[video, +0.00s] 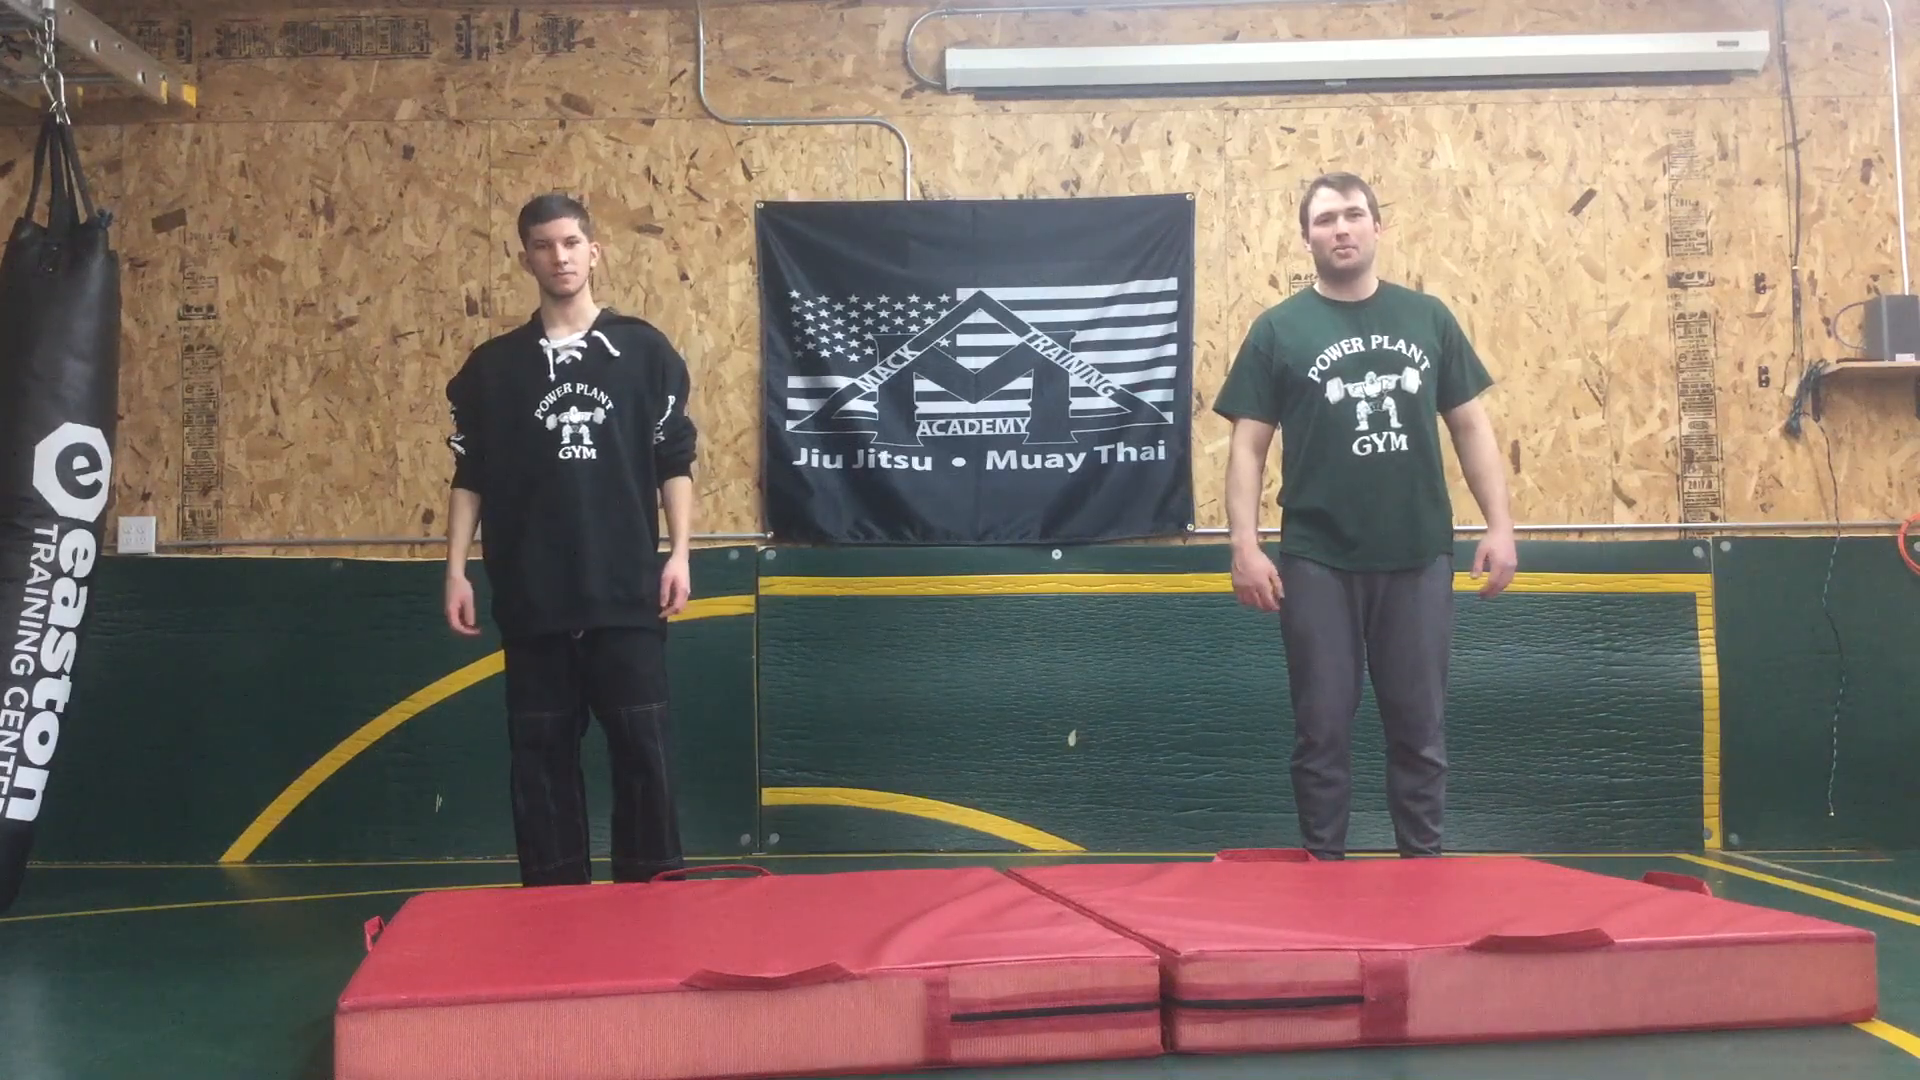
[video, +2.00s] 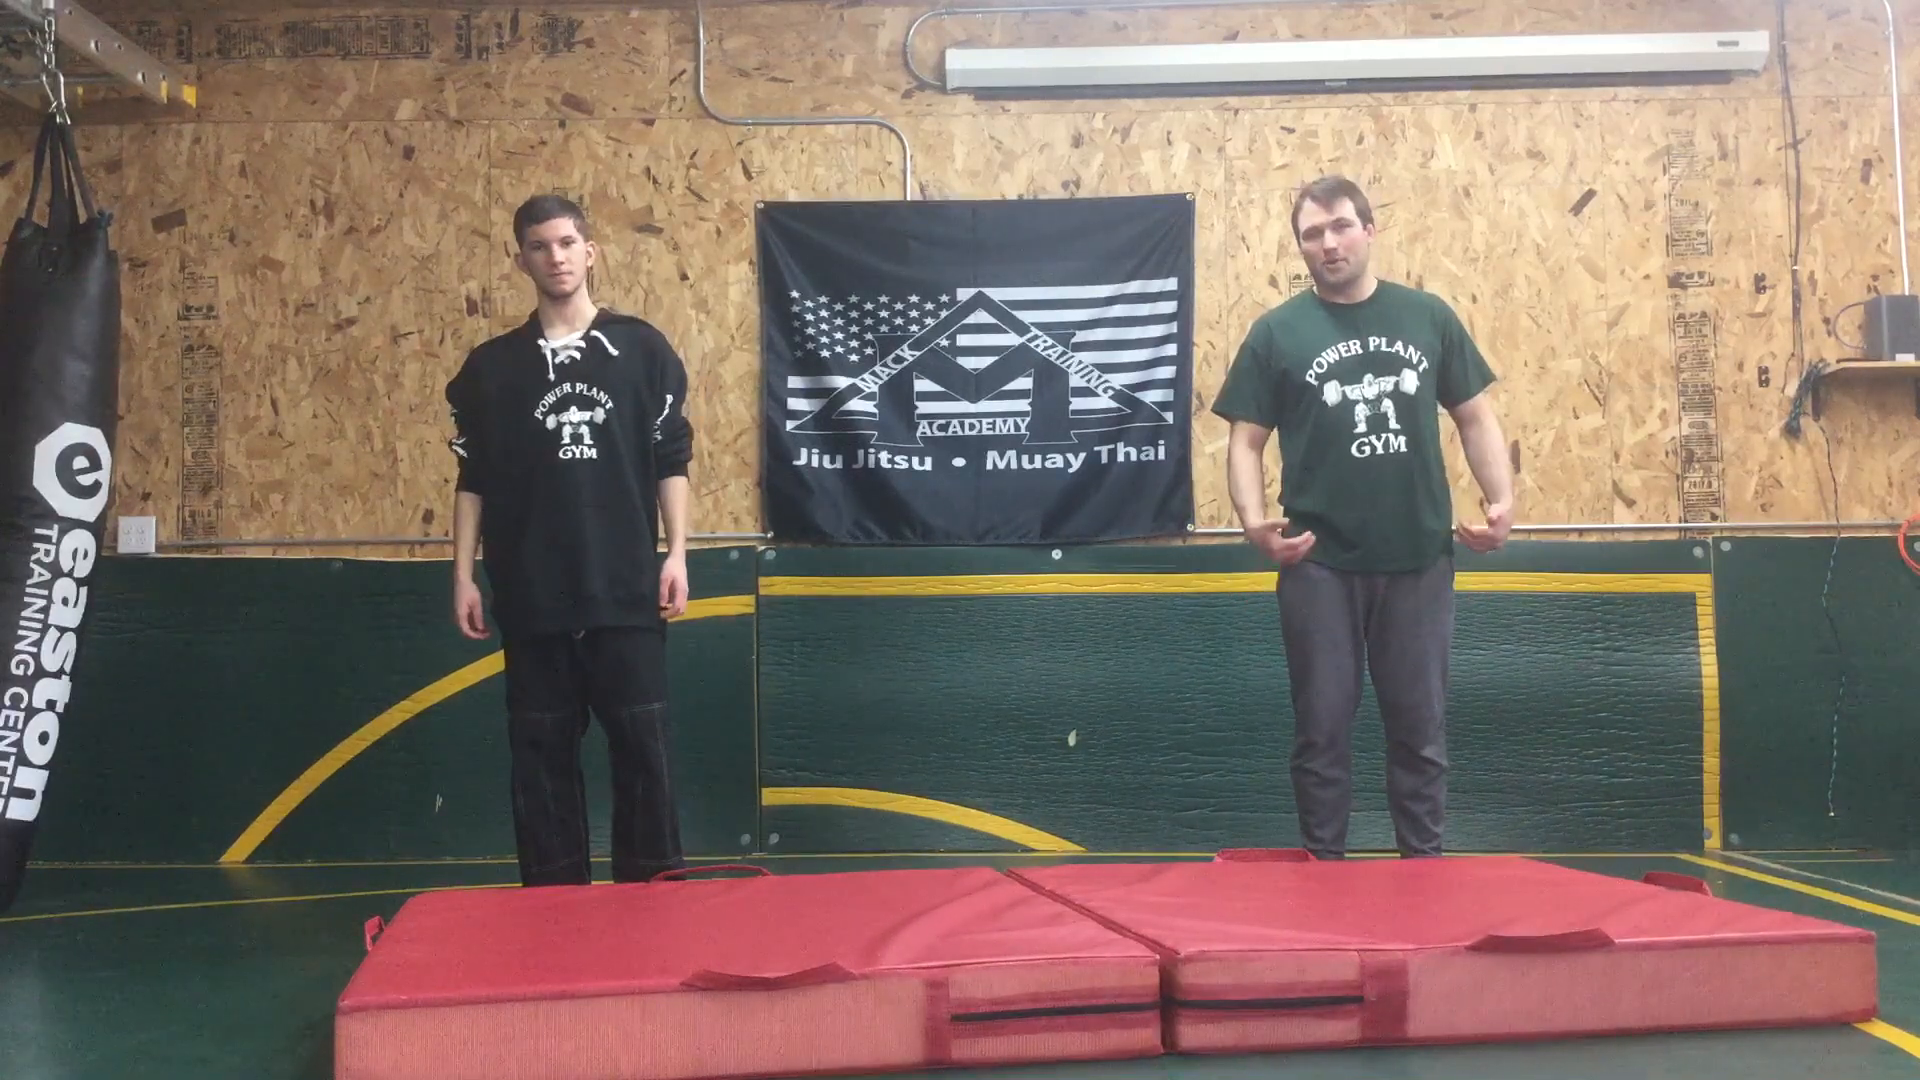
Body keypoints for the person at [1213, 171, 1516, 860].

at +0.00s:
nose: (1342, 228)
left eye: (1353, 215)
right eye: (1326, 220)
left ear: (1377, 228)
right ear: (1307, 239)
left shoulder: (1427, 317)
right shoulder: (1278, 330)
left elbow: (1469, 425)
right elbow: (1248, 445)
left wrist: (1500, 525)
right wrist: (1244, 546)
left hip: (1417, 554)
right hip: (1317, 557)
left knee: (1419, 726)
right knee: (1323, 725)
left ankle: (1423, 869)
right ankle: (1324, 872)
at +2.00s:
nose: (1328, 243)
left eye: (1340, 226)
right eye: (1312, 233)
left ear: (1370, 230)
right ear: (1299, 246)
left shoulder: (1428, 317)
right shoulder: (1276, 334)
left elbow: (1474, 416)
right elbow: (1246, 443)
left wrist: (1501, 500)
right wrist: (1255, 523)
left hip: (1418, 559)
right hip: (1318, 561)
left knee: (1419, 728)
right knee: (1322, 727)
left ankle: (1423, 869)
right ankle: (1323, 871)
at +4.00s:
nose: (1348, 236)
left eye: (1361, 223)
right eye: (1333, 225)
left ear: (1384, 232)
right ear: (1313, 237)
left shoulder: (1431, 321)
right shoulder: (1281, 331)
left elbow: (1471, 429)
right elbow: (1244, 442)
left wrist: (1498, 528)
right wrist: (1267, 533)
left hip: (1418, 554)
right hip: (1318, 556)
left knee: (1420, 726)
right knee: (1323, 726)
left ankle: (1423, 869)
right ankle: (1323, 869)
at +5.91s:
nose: (1340, 234)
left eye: (1352, 220)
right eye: (1325, 225)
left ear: (1380, 230)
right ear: (1309, 241)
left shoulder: (1434, 320)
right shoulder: (1283, 332)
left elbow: (1474, 426)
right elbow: (1253, 448)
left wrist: (1501, 526)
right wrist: (1253, 548)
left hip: (1421, 554)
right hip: (1321, 557)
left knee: (1421, 725)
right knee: (1324, 724)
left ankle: (1424, 867)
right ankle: (1323, 869)